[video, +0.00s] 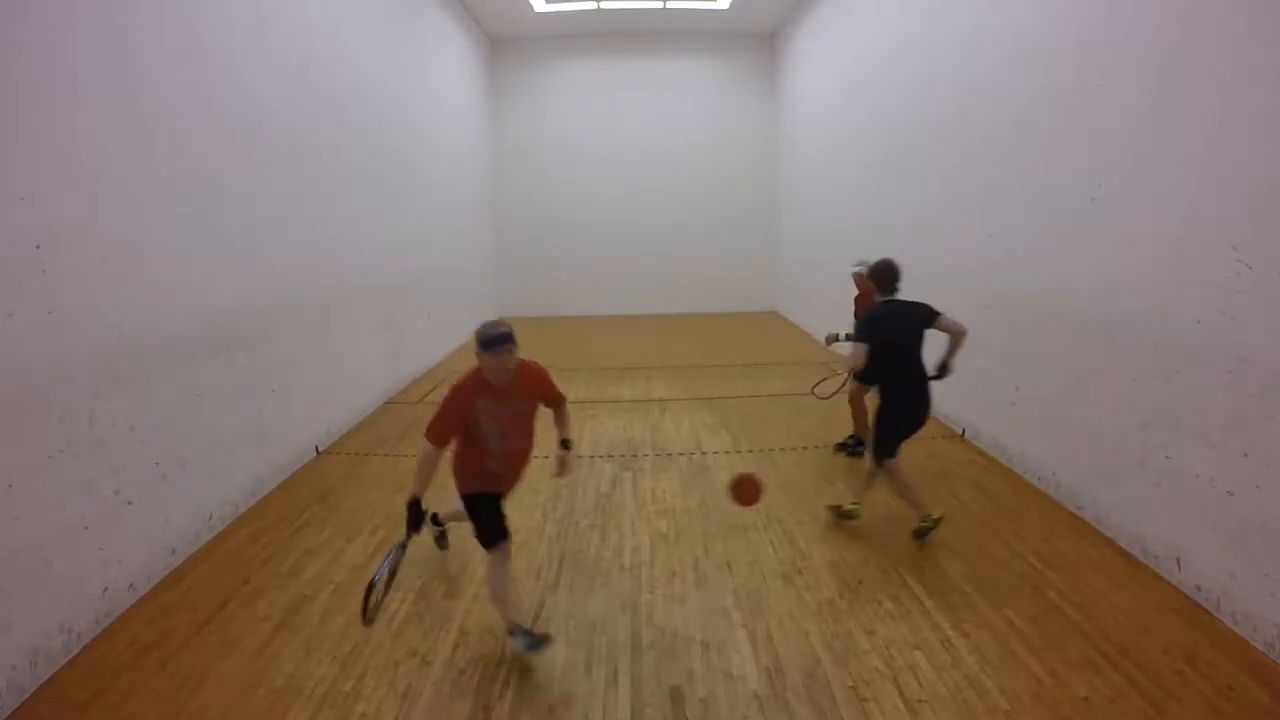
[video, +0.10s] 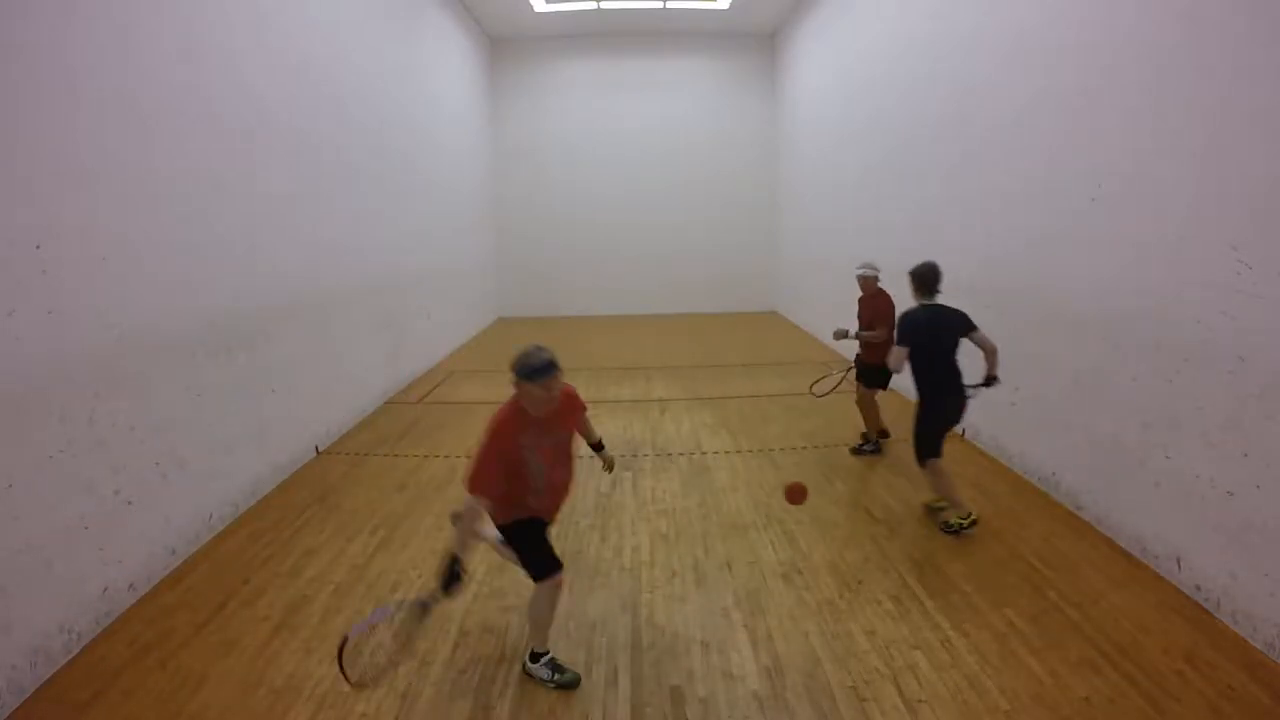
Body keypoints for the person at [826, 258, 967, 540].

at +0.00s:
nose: (865, 285)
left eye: (867, 281)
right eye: (868, 281)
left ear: (874, 285)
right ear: (896, 283)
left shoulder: (870, 318)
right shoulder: (916, 310)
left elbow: (857, 364)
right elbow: (958, 331)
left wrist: (848, 356)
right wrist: (946, 362)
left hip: (893, 405)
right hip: (920, 402)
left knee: (884, 460)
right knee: (877, 451)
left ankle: (926, 514)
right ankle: (856, 503)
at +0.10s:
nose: (911, 287)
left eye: (911, 284)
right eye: (916, 283)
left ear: (913, 286)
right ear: (937, 285)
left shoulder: (909, 319)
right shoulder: (954, 315)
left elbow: (895, 364)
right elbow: (990, 348)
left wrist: (897, 347)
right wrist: (991, 375)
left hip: (932, 401)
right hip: (956, 397)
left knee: (928, 459)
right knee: (931, 445)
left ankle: (962, 512)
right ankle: (944, 496)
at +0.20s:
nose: (945, 296)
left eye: (945, 292)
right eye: (950, 292)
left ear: (947, 295)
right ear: (970, 294)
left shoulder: (944, 327)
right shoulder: (984, 323)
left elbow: (934, 371)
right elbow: (1012, 357)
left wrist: (938, 354)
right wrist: (1011, 383)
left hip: (965, 407)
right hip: (989, 402)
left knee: (944, 459)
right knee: (977, 441)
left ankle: (967, 517)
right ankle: (1007, 489)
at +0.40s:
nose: (1001, 308)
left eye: (1002, 304)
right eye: (1002, 303)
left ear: (1007, 307)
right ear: (1027, 307)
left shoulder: (999, 335)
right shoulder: (1041, 332)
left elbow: (987, 367)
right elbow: (1059, 366)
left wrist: (1003, 349)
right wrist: (1042, 372)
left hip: (1017, 404)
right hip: (1042, 401)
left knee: (992, 452)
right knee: (1032, 449)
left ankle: (992, 504)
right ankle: (1054, 493)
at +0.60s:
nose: (1031, 300)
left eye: (1033, 297)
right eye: (1033, 296)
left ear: (1037, 300)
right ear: (1058, 300)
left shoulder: (1027, 324)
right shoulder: (1072, 327)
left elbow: (1044, 336)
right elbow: (1082, 364)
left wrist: (1062, 319)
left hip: (1038, 393)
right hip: (1065, 394)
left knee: (1020, 439)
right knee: (1042, 441)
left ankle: (1030, 488)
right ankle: (1054, 491)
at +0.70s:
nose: (1034, 296)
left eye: (1035, 292)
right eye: (1035, 292)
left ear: (1040, 295)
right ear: (1061, 296)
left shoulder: (1030, 320)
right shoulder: (1075, 325)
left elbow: (1046, 334)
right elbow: (1082, 362)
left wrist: (1060, 312)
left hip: (1040, 391)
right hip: (1067, 393)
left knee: (1020, 436)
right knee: (1047, 441)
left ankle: (1029, 486)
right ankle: (1054, 490)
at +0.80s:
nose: (1028, 294)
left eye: (1030, 291)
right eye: (1029, 290)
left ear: (1034, 294)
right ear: (1055, 295)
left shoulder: (1024, 317)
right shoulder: (1069, 323)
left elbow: (1042, 334)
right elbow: (1078, 362)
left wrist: (1059, 315)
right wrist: (1058, 356)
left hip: (1035, 392)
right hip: (1060, 393)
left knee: (1008, 434)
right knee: (1038, 435)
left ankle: (1024, 483)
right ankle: (1053, 489)